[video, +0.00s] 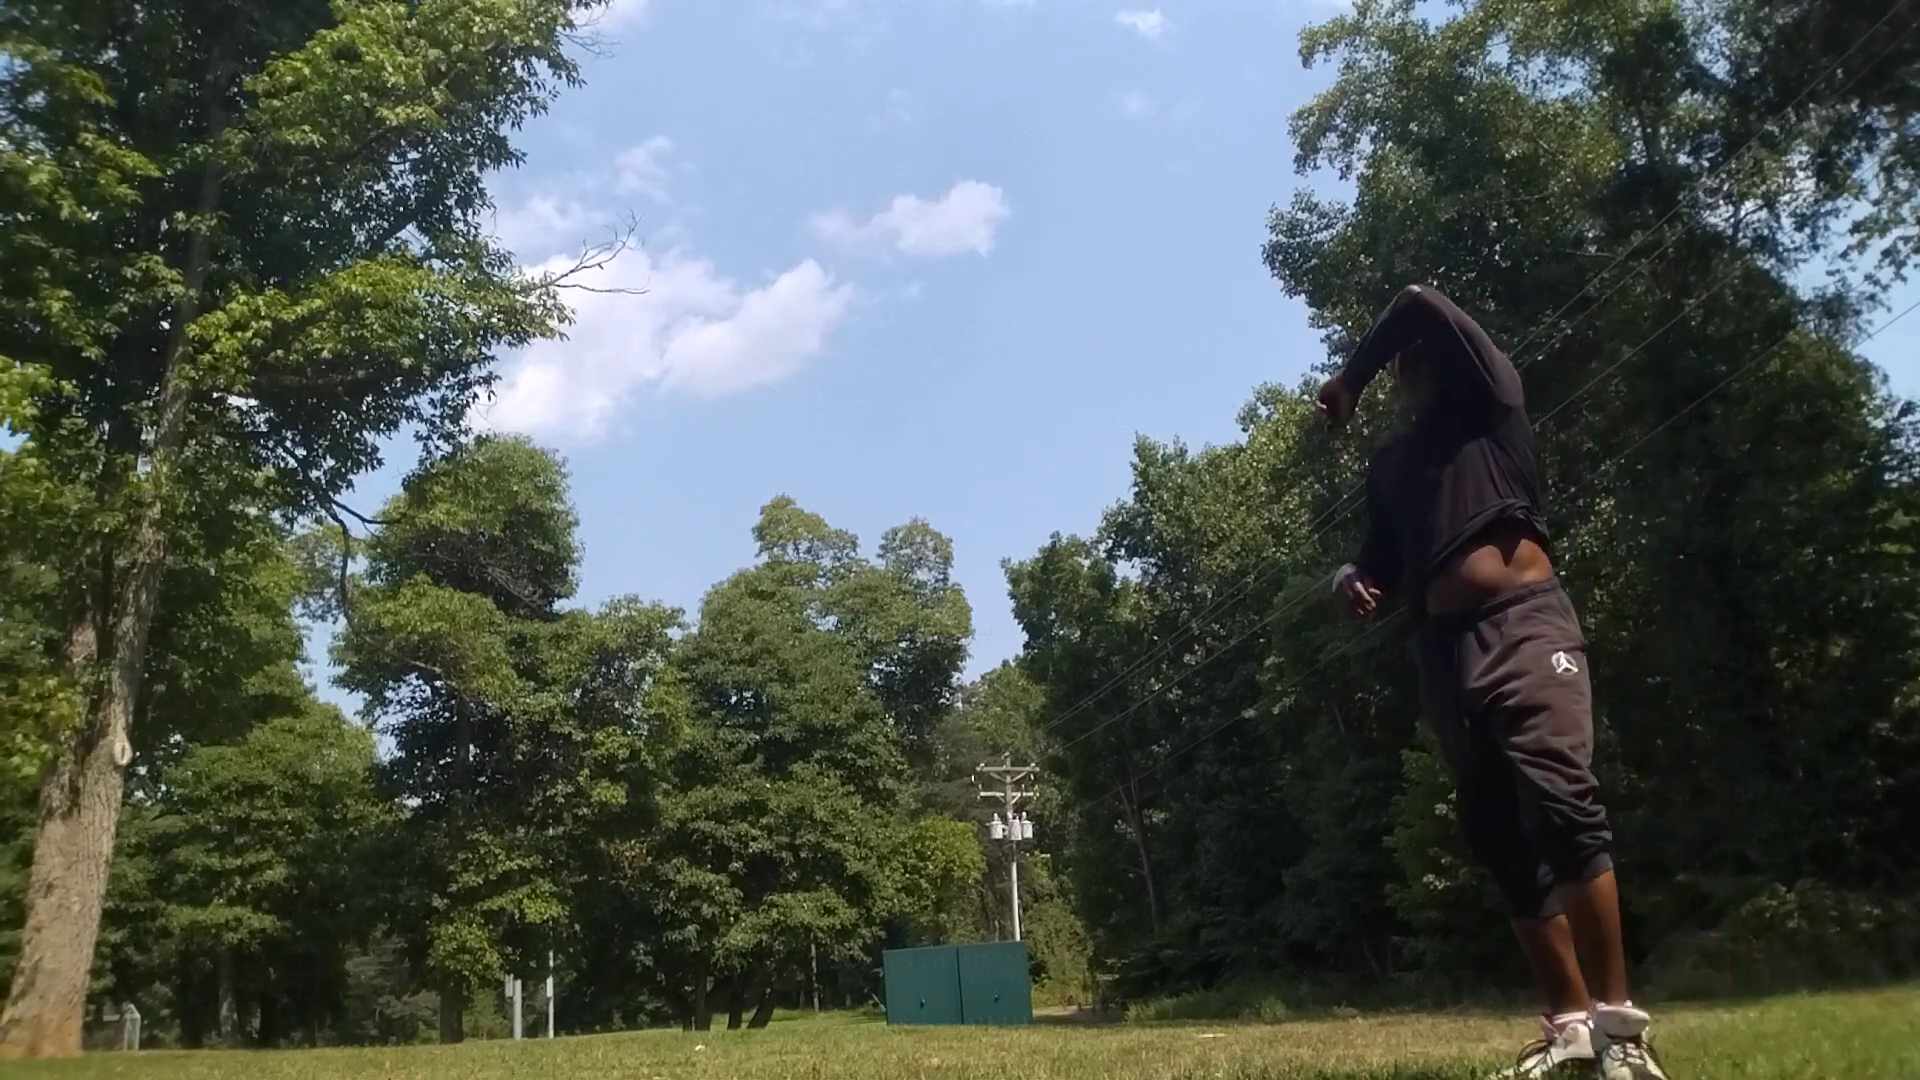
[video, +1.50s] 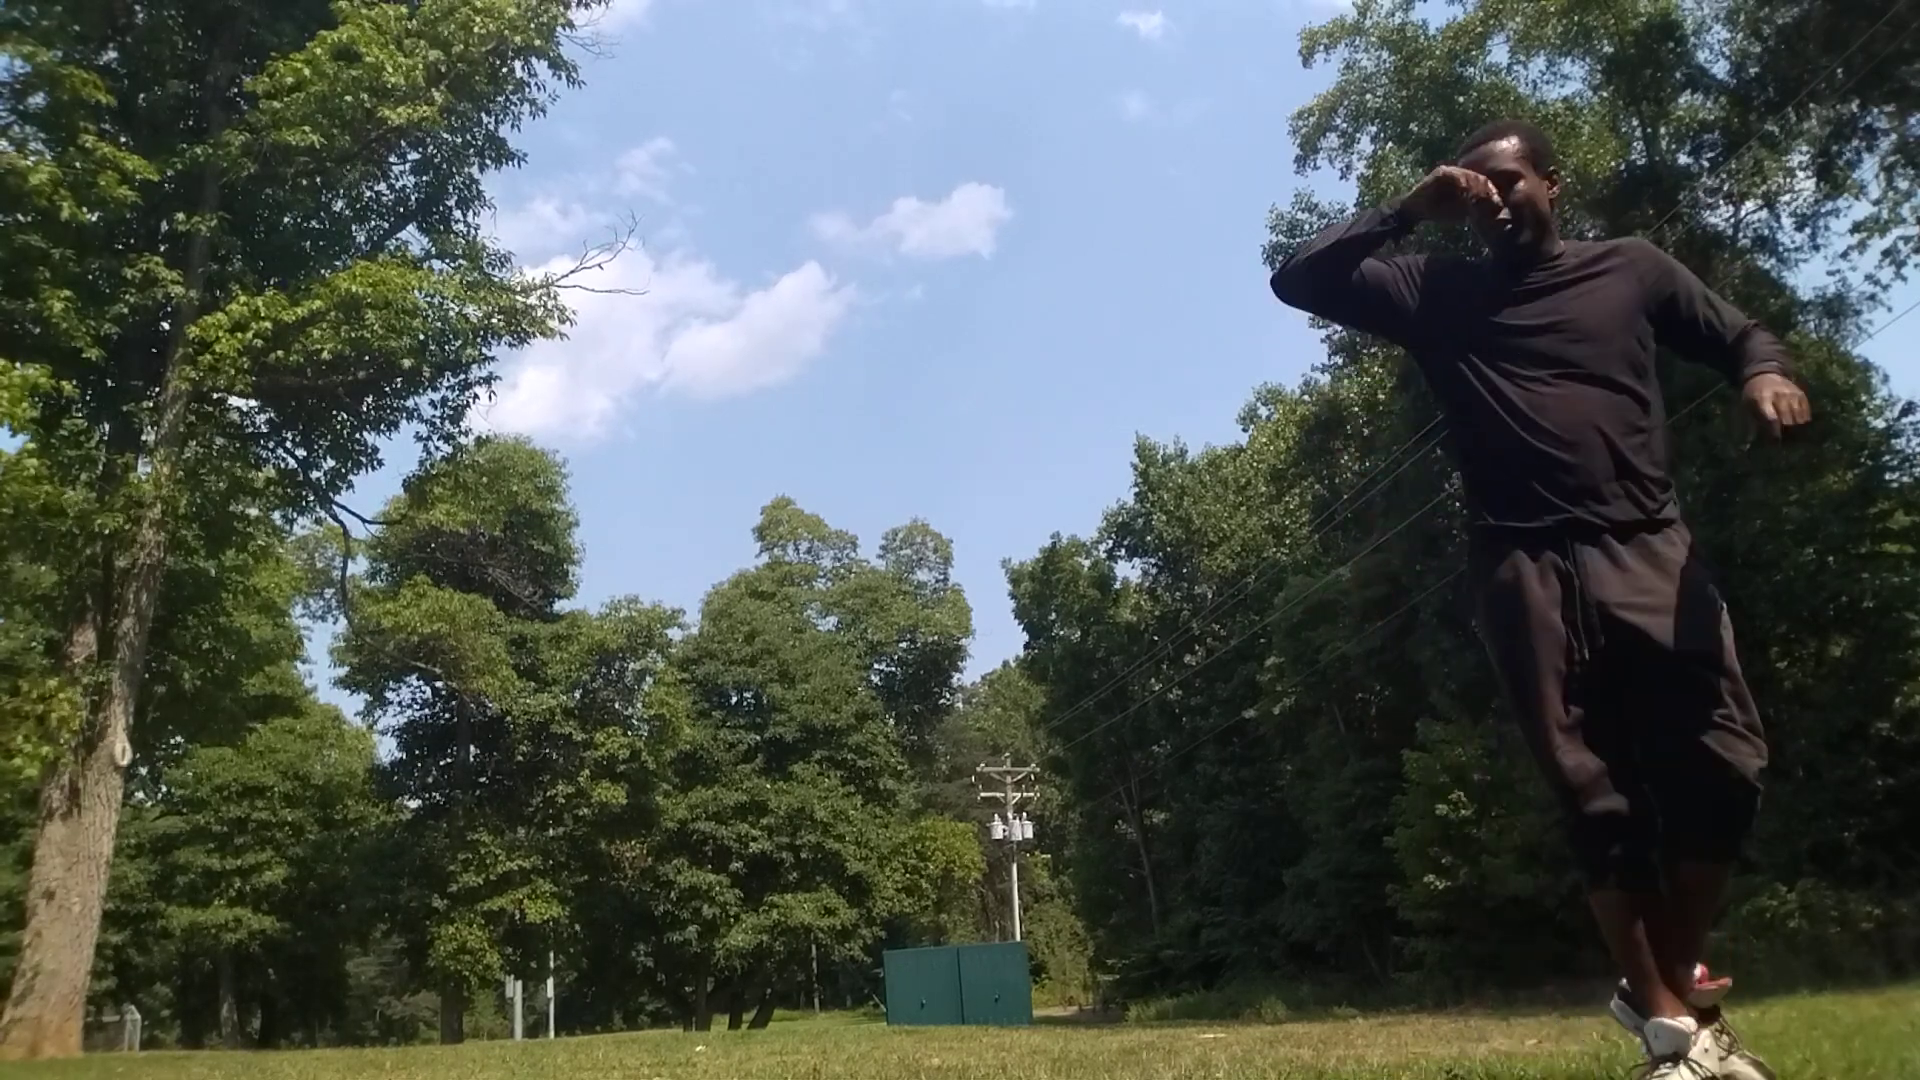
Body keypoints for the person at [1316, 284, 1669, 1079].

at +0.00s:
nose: (1401, 365)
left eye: (1413, 349)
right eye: (1397, 358)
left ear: (1445, 354)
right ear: (1402, 375)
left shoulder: (1490, 396)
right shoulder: (1388, 464)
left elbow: (1416, 300)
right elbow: (1379, 566)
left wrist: (1350, 375)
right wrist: (1354, 583)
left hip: (1527, 615)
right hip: (1447, 645)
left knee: (1563, 801)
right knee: (1498, 828)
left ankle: (1618, 1021)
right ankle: (1568, 1024)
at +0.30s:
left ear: (1474, 324)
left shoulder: (1528, 372)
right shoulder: (1415, 429)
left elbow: (1471, 275)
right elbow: (1413, 527)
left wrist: (1416, 366)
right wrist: (1384, 557)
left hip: (1546, 598)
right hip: (1462, 624)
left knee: (1569, 810)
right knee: (1489, 822)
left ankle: (1610, 1033)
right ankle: (1562, 1022)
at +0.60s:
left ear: (1531, 287)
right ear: (1492, 298)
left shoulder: (1568, 343)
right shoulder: (1444, 400)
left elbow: (1535, 239)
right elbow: (1427, 497)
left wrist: (1456, 330)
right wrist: (1399, 515)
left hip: (1567, 584)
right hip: (1467, 602)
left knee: (1585, 804)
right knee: (1450, 797)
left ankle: (1609, 1034)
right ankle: (1524, 1018)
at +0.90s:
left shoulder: (1586, 325)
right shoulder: (1447, 366)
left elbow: (1590, 213)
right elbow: (1404, 468)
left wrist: (1472, 285)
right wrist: (1382, 475)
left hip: (1588, 578)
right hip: (1481, 587)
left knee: (1600, 807)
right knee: (1506, 798)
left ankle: (1611, 1032)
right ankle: (1548, 1028)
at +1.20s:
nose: (1505, 256)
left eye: (1523, 238)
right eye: (1492, 243)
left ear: (1563, 244)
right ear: (1476, 252)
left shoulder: (1617, 303)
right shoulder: (1443, 341)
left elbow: (1710, 214)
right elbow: (1324, 418)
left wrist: (1566, 246)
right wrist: (1353, 338)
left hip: (1621, 574)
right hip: (1515, 586)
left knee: (1626, 798)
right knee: (1597, 799)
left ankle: (1613, 1019)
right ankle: (1669, 1036)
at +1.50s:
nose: (1499, 194)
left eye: (1515, 175)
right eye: (1481, 182)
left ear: (1554, 185)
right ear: (1462, 204)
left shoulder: (1633, 266)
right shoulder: (1435, 290)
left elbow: (1739, 337)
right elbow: (1298, 278)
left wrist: (1764, 373)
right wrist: (1412, 205)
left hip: (1652, 548)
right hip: (1529, 565)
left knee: (1724, 767)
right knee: (1585, 784)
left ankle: (1668, 976)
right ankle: (1664, 1019)